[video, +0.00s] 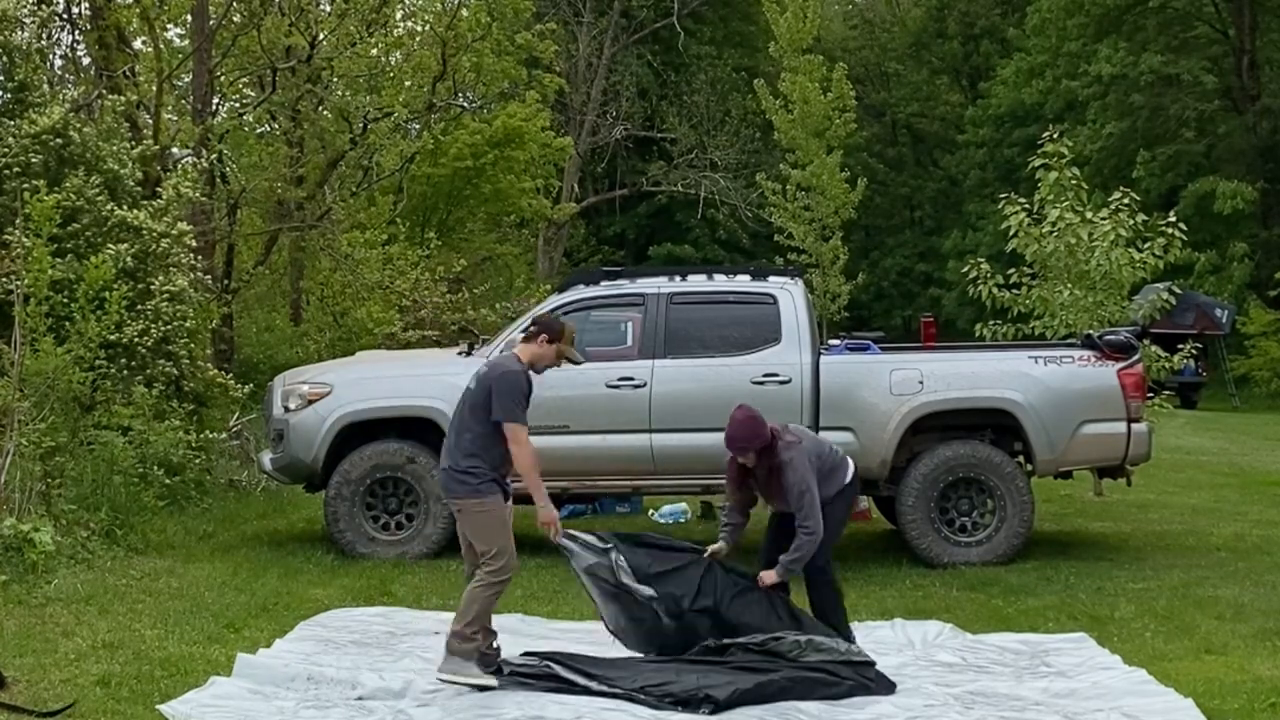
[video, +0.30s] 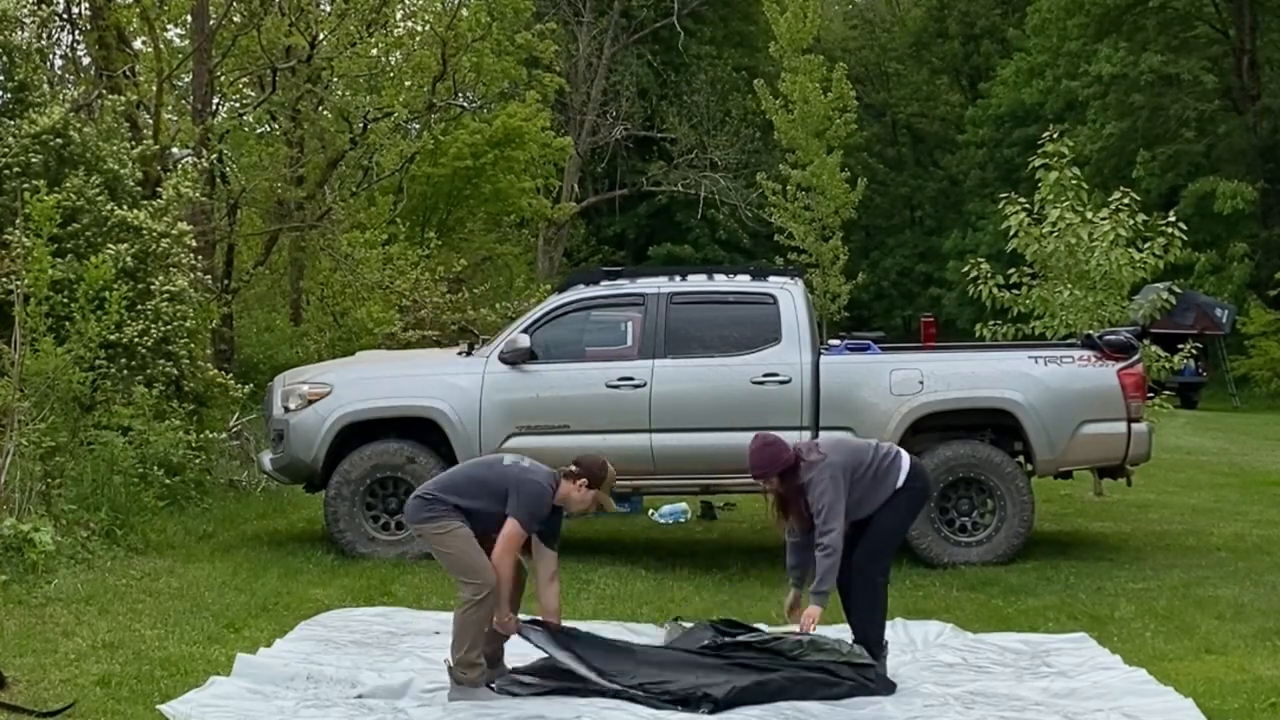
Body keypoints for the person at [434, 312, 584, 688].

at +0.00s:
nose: (556, 363)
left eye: (560, 358)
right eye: (558, 355)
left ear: (539, 340)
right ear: (542, 342)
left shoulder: (504, 368)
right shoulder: (511, 373)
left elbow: (509, 441)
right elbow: (518, 442)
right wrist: (544, 503)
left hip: (469, 481)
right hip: (475, 483)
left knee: (479, 568)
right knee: (499, 564)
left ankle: (482, 654)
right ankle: (459, 657)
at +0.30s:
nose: (593, 508)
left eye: (597, 503)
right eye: (595, 500)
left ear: (579, 484)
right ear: (581, 485)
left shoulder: (551, 506)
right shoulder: (535, 490)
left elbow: (548, 576)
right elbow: (502, 555)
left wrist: (554, 641)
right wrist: (503, 613)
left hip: (466, 515)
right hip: (433, 510)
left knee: (513, 576)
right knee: (482, 583)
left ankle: (490, 668)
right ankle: (465, 682)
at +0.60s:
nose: (509, 345)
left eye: (508, 338)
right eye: (504, 338)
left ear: (477, 337)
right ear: (483, 337)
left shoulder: (450, 368)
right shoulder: (475, 379)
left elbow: (448, 429)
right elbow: (500, 451)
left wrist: (481, 459)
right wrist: (550, 485)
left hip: (409, 484)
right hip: (429, 492)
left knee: (433, 573)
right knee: (464, 586)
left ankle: (370, 633)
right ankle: (466, 683)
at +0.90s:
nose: (331, 325)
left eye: (339, 318)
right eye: (325, 317)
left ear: (355, 320)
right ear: (317, 318)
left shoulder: (370, 362)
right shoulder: (303, 362)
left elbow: (385, 414)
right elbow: (295, 422)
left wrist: (379, 420)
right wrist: (349, 417)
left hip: (342, 477)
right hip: (299, 476)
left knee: (339, 572)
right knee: (315, 564)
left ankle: (328, 667)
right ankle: (255, 641)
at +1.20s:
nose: (305, 329)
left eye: (306, 322)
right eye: (299, 321)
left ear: (287, 317)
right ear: (275, 316)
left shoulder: (305, 357)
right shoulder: (233, 364)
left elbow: (316, 416)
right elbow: (181, 410)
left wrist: (325, 474)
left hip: (305, 482)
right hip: (254, 487)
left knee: (343, 555)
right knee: (243, 578)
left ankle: (336, 647)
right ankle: (225, 669)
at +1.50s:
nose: (444, 335)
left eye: (445, 327)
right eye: (441, 326)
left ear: (422, 324)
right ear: (420, 322)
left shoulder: (425, 368)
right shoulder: (380, 365)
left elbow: (429, 432)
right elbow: (352, 426)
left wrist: (449, 489)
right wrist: (370, 484)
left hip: (405, 486)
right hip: (382, 487)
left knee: (393, 571)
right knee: (425, 558)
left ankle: (386, 666)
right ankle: (358, 628)